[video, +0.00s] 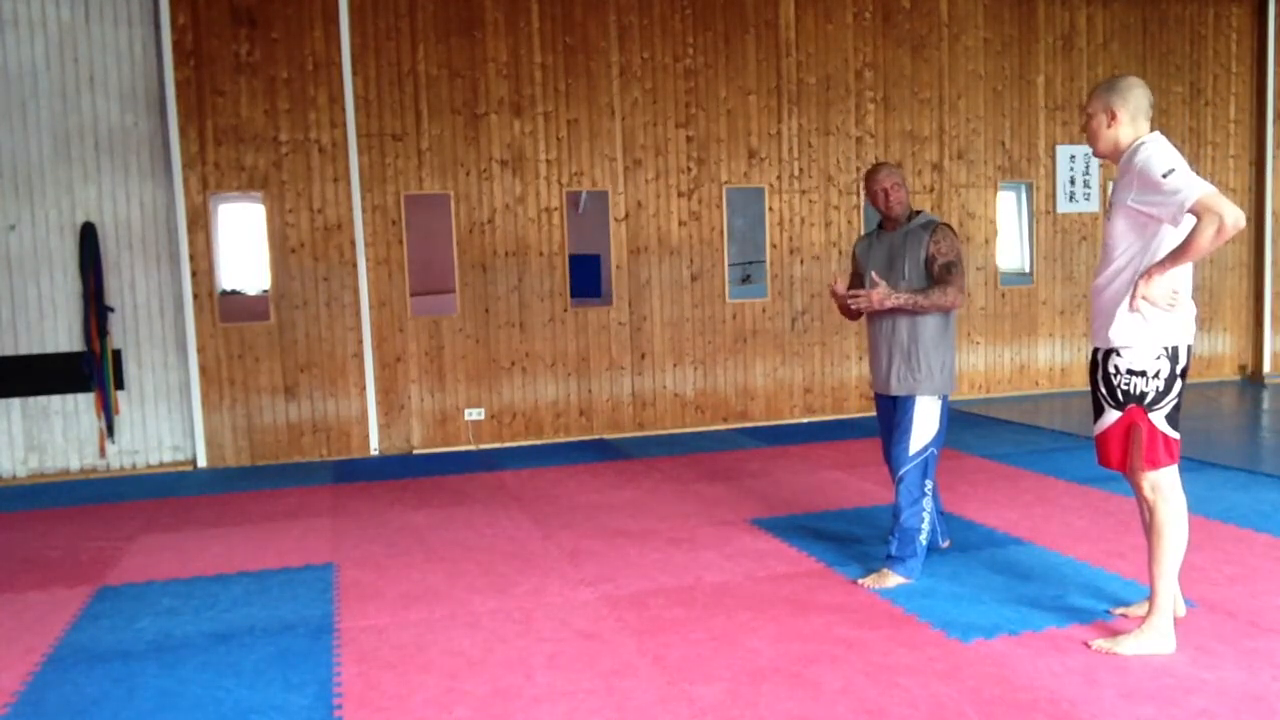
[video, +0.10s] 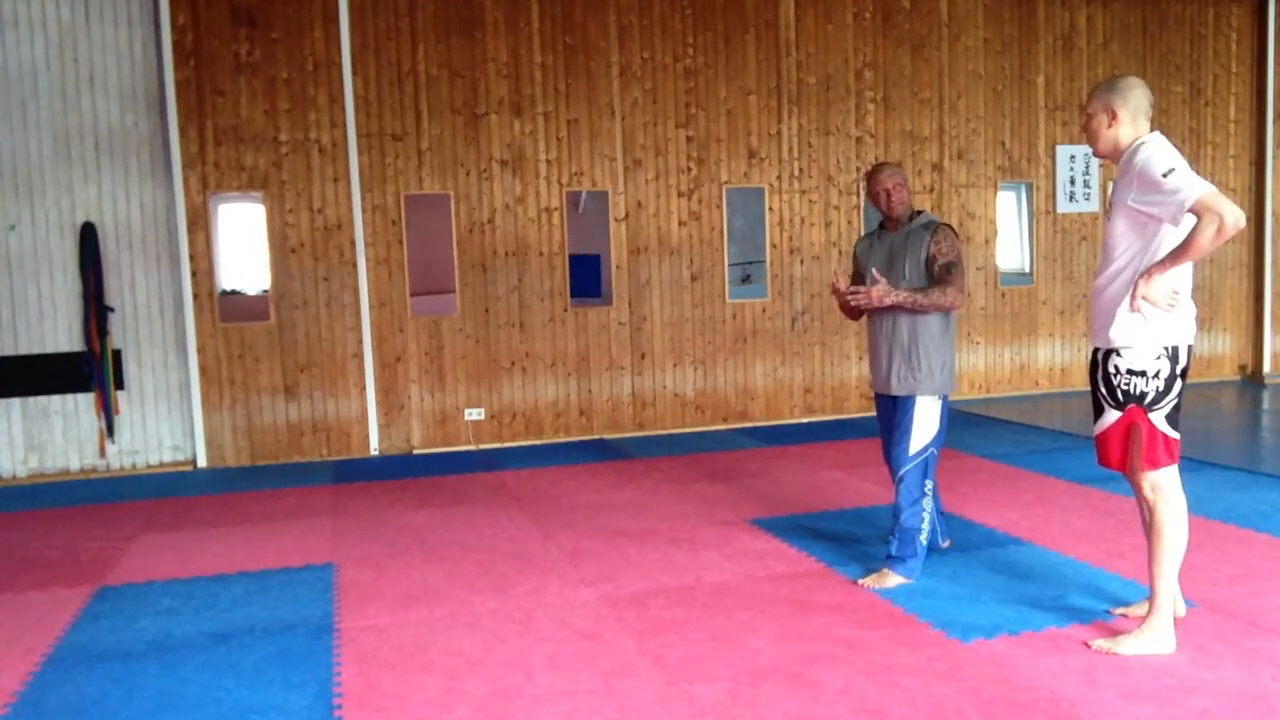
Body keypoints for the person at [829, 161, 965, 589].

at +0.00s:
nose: (890, 196)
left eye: (895, 187)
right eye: (881, 192)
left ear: (908, 190)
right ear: (870, 199)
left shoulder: (937, 235)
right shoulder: (865, 247)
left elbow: (952, 295)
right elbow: (857, 307)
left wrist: (891, 299)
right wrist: (845, 302)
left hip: (927, 373)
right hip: (886, 374)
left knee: (910, 469)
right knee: (901, 462)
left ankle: (904, 565)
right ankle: (934, 530)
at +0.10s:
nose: (892, 196)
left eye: (897, 187)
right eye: (882, 192)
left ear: (910, 190)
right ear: (872, 200)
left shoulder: (937, 235)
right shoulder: (866, 247)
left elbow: (952, 296)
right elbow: (856, 308)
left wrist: (890, 297)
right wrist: (846, 300)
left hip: (926, 373)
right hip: (886, 373)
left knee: (911, 469)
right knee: (901, 462)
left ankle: (904, 565)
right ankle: (935, 530)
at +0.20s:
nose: (894, 195)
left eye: (899, 186)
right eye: (884, 190)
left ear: (911, 190)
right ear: (873, 199)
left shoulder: (938, 235)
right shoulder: (867, 247)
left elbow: (952, 296)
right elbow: (858, 309)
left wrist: (889, 296)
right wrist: (847, 298)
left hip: (927, 372)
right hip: (886, 372)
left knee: (911, 469)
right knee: (901, 462)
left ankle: (904, 565)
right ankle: (935, 530)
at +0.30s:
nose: (895, 195)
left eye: (900, 186)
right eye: (885, 190)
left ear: (911, 190)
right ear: (873, 199)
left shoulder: (939, 236)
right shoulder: (868, 246)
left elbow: (952, 296)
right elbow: (859, 309)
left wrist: (890, 296)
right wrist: (847, 298)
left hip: (926, 373)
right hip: (886, 373)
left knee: (911, 469)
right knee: (901, 462)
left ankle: (904, 565)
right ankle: (935, 530)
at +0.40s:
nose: (895, 194)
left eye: (900, 186)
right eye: (885, 189)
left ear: (912, 190)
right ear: (874, 199)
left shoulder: (939, 235)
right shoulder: (868, 246)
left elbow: (954, 295)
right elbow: (860, 308)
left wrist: (890, 296)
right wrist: (848, 297)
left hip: (927, 372)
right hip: (888, 372)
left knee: (911, 469)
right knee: (901, 463)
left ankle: (904, 564)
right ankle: (935, 530)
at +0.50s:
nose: (894, 195)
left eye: (899, 187)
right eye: (884, 191)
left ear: (911, 189)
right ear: (873, 198)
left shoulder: (939, 233)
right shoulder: (869, 245)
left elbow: (954, 295)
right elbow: (862, 308)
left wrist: (891, 294)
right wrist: (849, 295)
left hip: (930, 371)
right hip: (892, 371)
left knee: (912, 465)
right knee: (903, 460)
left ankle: (906, 560)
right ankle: (936, 530)